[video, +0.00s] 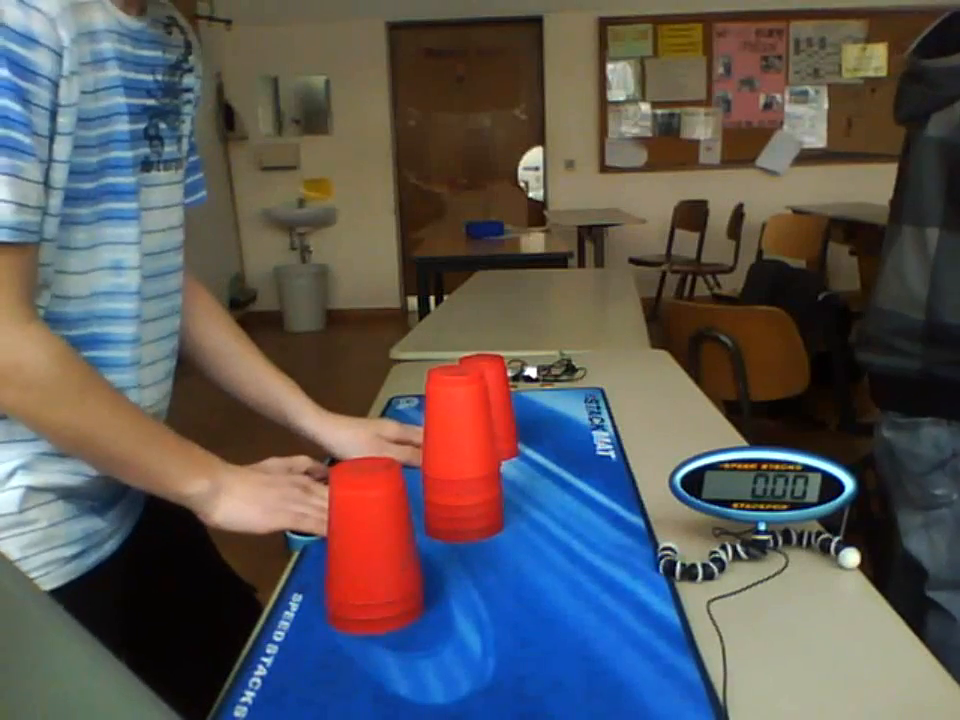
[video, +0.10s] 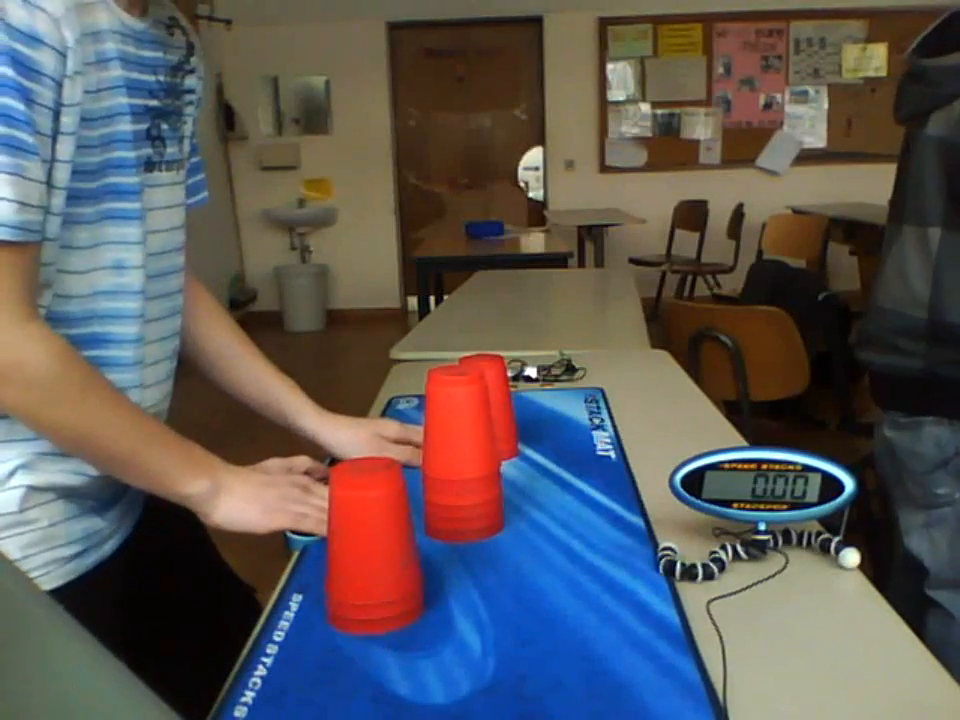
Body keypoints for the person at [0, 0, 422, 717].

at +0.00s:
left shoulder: (172, 45)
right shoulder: (29, 25)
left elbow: (164, 279)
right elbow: (4, 332)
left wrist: (318, 421)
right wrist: (210, 482)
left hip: (139, 511)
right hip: (37, 553)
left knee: (275, 686)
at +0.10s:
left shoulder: (173, 48)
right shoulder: (30, 26)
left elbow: (166, 280)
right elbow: (5, 333)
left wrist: (317, 421)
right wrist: (211, 483)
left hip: (138, 511)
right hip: (36, 554)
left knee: (274, 688)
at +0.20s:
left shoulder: (175, 49)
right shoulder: (33, 26)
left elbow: (166, 281)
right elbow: (5, 332)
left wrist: (319, 422)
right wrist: (211, 483)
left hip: (139, 512)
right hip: (37, 554)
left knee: (273, 688)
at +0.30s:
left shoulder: (177, 49)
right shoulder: (34, 25)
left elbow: (167, 282)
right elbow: (5, 330)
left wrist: (318, 421)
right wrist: (211, 482)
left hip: (140, 509)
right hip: (38, 554)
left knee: (272, 687)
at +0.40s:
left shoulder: (181, 49)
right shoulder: (35, 24)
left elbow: (168, 281)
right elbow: (6, 327)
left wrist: (318, 422)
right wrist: (211, 483)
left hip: (141, 511)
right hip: (38, 556)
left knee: (276, 685)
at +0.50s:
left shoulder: (186, 49)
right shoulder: (38, 22)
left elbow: (172, 282)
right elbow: (10, 323)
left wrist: (319, 422)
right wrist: (211, 481)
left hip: (141, 511)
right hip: (39, 556)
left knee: (278, 685)